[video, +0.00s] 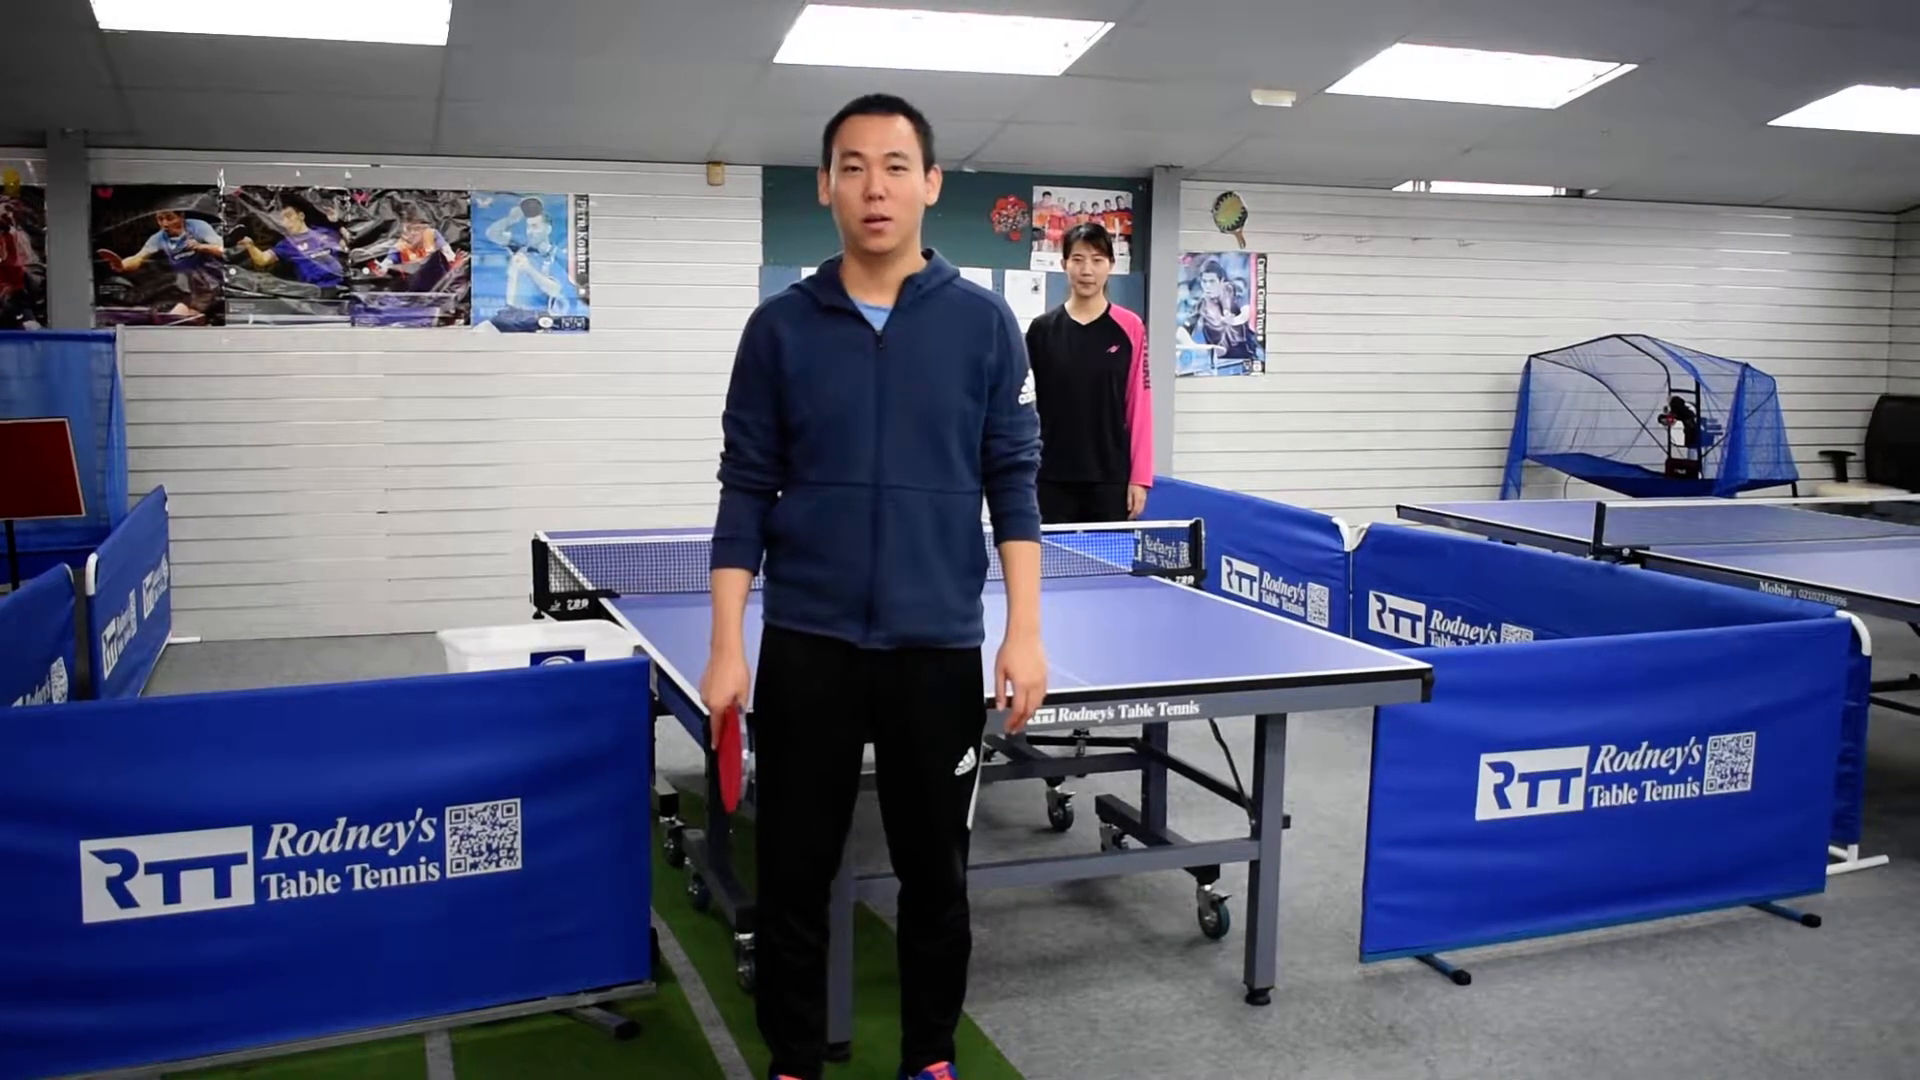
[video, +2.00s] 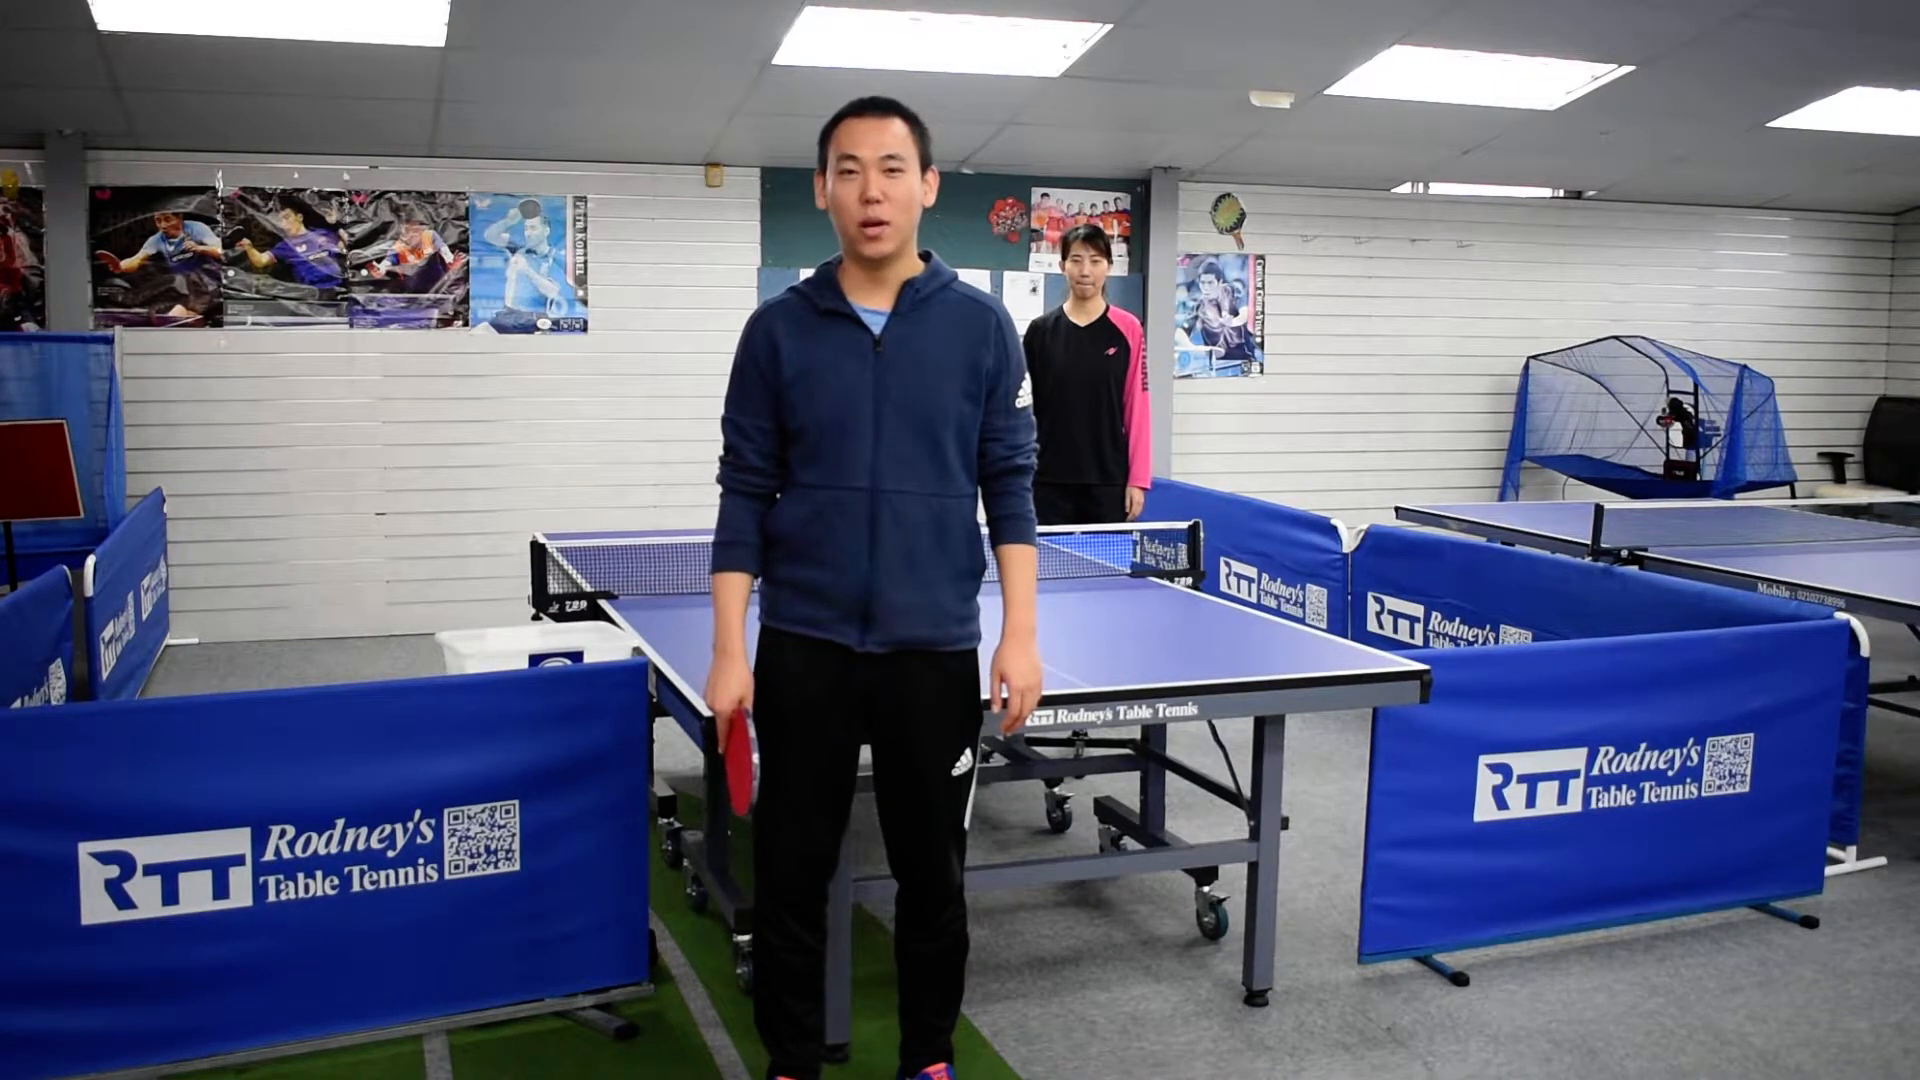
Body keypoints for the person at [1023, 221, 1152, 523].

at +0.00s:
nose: (1087, 270)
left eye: (1097, 261)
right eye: (1078, 260)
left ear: (1111, 266)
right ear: (1065, 265)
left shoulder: (1130, 328)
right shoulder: (1041, 330)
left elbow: (1139, 406)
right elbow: (1025, 403)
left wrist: (1140, 477)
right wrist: (1023, 476)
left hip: (1109, 480)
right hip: (1052, 479)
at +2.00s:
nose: (1085, 271)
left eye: (1095, 262)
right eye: (1076, 261)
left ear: (1109, 268)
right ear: (1063, 266)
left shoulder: (1128, 329)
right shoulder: (1039, 331)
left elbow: (1137, 407)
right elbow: (1022, 405)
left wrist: (1138, 479)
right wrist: (1019, 479)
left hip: (1107, 483)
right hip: (1049, 482)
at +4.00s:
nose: (1085, 271)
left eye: (1095, 262)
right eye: (1076, 261)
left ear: (1109, 268)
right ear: (1063, 266)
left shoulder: (1128, 329)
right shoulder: (1040, 331)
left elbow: (1137, 407)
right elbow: (1022, 405)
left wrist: (1138, 478)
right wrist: (1019, 477)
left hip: (1107, 482)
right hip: (1049, 480)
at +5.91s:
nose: (1085, 271)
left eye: (1095, 262)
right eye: (1075, 261)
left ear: (1108, 267)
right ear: (1063, 266)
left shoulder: (1128, 329)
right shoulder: (1039, 331)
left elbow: (1137, 407)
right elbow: (1023, 405)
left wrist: (1138, 479)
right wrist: (1021, 477)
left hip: (1107, 482)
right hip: (1050, 481)